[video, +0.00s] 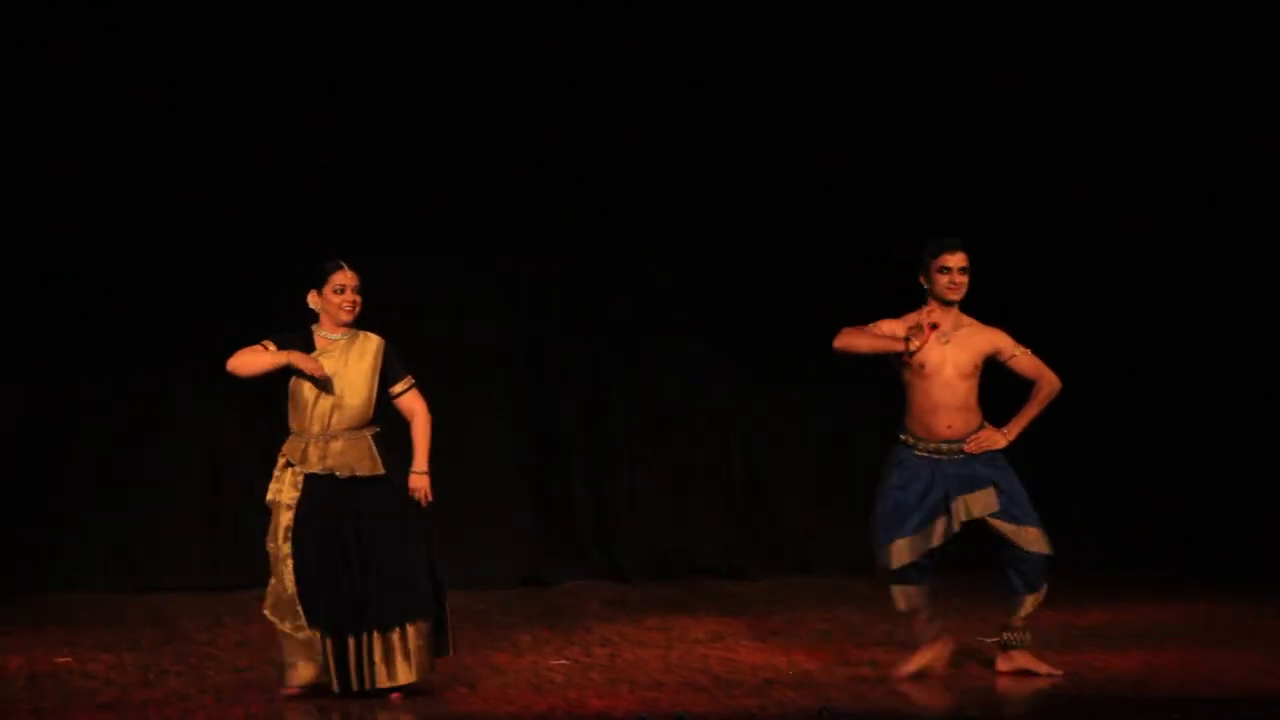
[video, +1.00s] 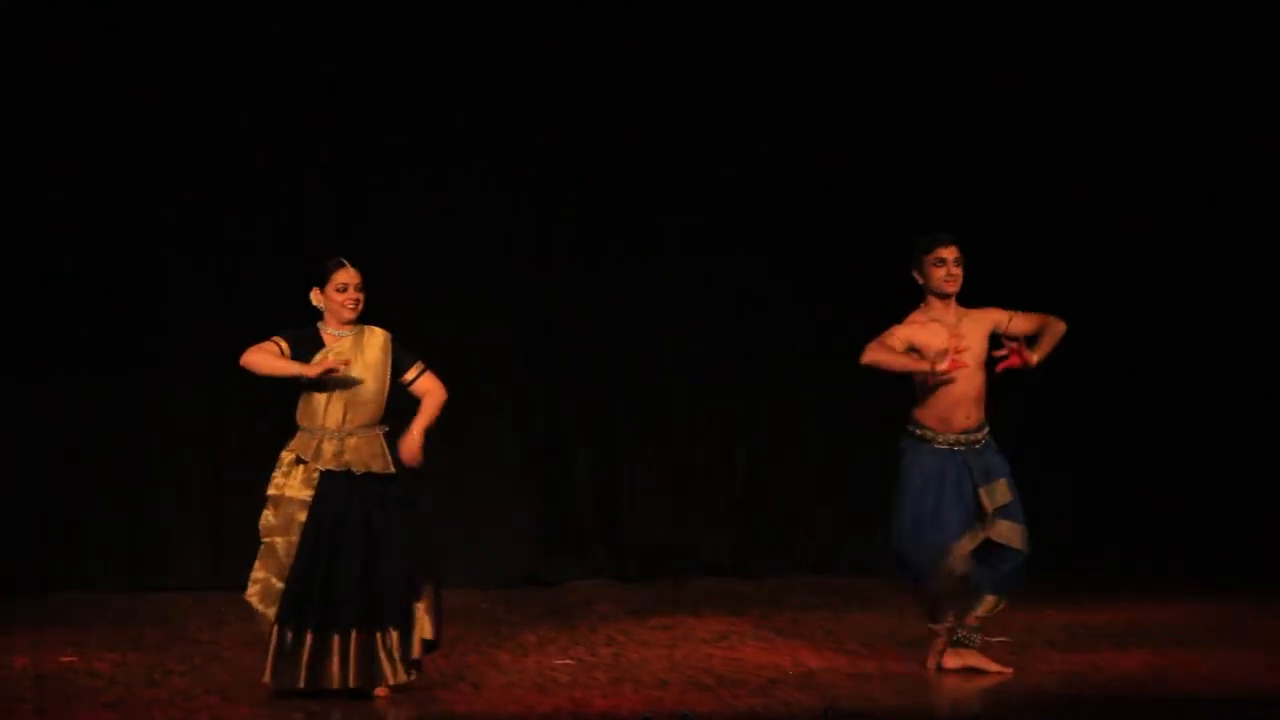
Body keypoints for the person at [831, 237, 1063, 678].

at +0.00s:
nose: (955, 279)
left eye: (962, 271)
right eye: (945, 271)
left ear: (969, 277)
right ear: (926, 277)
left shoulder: (985, 337)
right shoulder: (906, 327)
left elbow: (1049, 382)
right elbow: (843, 340)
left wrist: (1007, 432)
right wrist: (902, 342)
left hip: (976, 454)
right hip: (916, 455)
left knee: (1031, 545)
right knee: (899, 552)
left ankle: (1014, 648)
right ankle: (931, 640)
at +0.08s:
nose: (941, 283)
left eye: (950, 276)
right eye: (932, 275)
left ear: (960, 284)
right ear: (917, 280)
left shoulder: (976, 342)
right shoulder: (897, 330)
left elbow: (1036, 391)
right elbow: (831, 344)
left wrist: (992, 440)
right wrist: (890, 350)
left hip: (962, 459)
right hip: (903, 460)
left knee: (1027, 541)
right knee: (887, 553)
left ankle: (986, 633)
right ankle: (920, 656)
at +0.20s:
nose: (925, 287)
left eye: (935, 280)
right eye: (917, 278)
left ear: (947, 288)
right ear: (905, 283)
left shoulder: (967, 345)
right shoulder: (887, 334)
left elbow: (1026, 396)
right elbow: (818, 347)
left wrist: (983, 444)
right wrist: (878, 350)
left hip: (949, 463)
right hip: (892, 460)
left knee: (993, 545)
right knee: (887, 557)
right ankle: (920, 654)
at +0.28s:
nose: (916, 283)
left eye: (926, 276)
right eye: (908, 274)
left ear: (939, 284)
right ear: (898, 279)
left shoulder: (963, 339)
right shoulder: (879, 332)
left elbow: (1021, 390)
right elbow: (811, 343)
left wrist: (979, 441)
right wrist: (872, 344)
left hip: (942, 459)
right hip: (888, 456)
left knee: (947, 554)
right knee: (888, 553)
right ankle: (920, 653)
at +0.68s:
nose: (917, 280)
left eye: (926, 272)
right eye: (908, 271)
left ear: (936, 277)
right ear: (894, 277)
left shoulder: (963, 330)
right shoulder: (881, 332)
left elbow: (1021, 379)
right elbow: (819, 355)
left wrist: (985, 433)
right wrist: (879, 344)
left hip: (951, 454)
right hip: (895, 451)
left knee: (996, 548)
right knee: (866, 546)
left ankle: (932, 621)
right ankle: (876, 653)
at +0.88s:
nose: (941, 277)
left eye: (947, 269)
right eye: (931, 269)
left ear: (955, 276)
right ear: (912, 277)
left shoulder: (978, 327)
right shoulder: (903, 332)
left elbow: (1046, 348)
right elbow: (850, 364)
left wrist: (1019, 397)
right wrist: (909, 367)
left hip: (976, 449)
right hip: (922, 450)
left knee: (1004, 546)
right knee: (890, 539)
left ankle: (965, 649)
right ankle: (912, 624)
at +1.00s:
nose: (951, 272)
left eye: (956, 264)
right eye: (940, 264)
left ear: (963, 272)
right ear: (920, 273)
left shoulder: (984, 320)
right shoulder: (913, 328)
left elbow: (1054, 325)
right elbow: (871, 355)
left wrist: (1035, 354)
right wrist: (926, 368)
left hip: (980, 447)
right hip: (931, 449)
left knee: (1006, 541)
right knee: (948, 550)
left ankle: (962, 647)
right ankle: (940, 631)